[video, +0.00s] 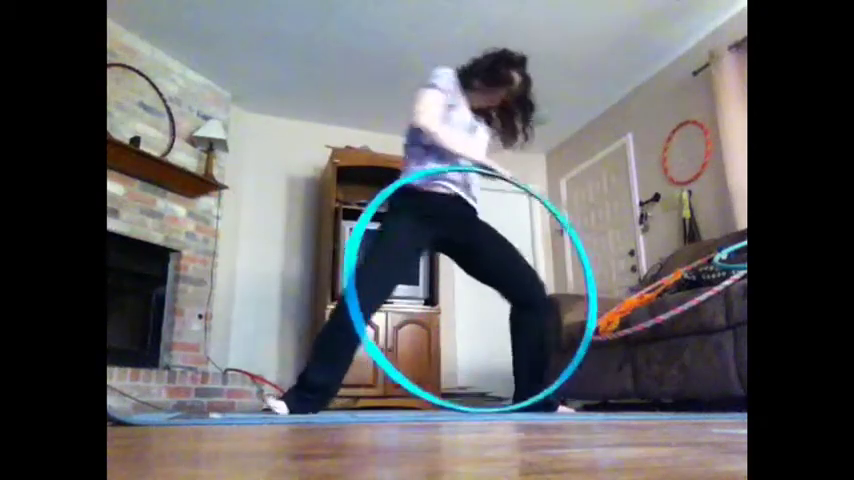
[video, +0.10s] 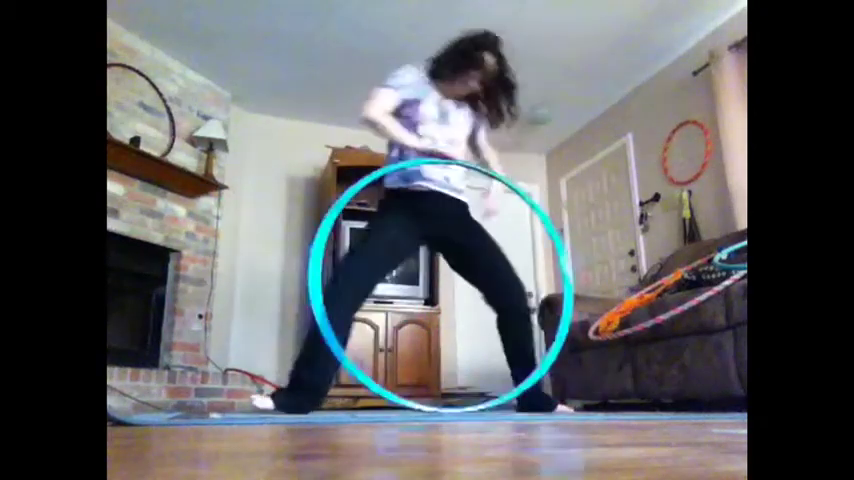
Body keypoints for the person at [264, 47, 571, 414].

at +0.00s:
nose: (492, 107)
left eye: (499, 104)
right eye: (494, 98)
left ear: (502, 102)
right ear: (485, 79)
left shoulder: (482, 125)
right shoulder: (444, 83)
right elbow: (425, 122)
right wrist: (478, 153)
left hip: (459, 216)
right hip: (414, 207)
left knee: (531, 293)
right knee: (360, 301)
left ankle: (535, 402)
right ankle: (301, 401)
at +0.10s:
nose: (472, 87)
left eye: (480, 84)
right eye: (472, 76)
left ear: (483, 86)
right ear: (459, 62)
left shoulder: (469, 110)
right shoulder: (413, 78)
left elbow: (484, 148)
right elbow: (374, 110)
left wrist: (497, 184)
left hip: (454, 213)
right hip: (405, 206)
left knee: (511, 296)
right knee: (345, 290)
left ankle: (531, 397)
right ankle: (300, 396)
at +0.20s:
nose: (456, 71)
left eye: (465, 68)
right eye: (453, 60)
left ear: (470, 73)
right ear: (435, 52)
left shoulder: (458, 104)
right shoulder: (392, 81)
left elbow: (498, 144)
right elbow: (345, 113)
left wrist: (506, 172)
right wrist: (384, 143)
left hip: (445, 210)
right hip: (393, 208)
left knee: (499, 293)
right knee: (334, 288)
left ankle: (533, 397)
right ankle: (298, 395)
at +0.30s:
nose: (433, 63)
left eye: (442, 58)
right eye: (429, 52)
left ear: (449, 64)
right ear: (412, 47)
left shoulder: (444, 97)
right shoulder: (373, 85)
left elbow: (489, 118)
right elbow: (322, 117)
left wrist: (509, 149)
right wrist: (347, 139)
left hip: (437, 209)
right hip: (384, 209)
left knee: (489, 296)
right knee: (324, 286)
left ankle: (531, 398)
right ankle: (297, 395)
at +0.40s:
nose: (399, 54)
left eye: (408, 48)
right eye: (391, 45)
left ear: (418, 54)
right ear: (374, 46)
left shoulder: (423, 90)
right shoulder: (346, 95)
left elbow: (471, 96)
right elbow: (295, 124)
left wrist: (505, 117)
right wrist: (287, 142)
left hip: (426, 207)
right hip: (374, 214)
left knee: (475, 297)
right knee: (312, 281)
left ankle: (531, 400)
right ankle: (291, 397)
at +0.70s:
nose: (343, 50)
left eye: (352, 42)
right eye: (334, 41)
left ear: (364, 52)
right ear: (318, 50)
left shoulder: (385, 91)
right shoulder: (304, 118)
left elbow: (448, 98)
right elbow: (265, 172)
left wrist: (479, 65)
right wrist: (244, 182)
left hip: (405, 217)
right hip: (351, 226)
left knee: (469, 297)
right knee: (291, 278)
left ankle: (540, 398)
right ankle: (282, 401)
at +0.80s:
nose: (362, 55)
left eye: (371, 46)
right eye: (351, 45)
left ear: (382, 53)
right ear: (331, 53)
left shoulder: (399, 96)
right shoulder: (317, 116)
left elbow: (466, 104)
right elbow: (282, 175)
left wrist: (475, 58)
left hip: (409, 221)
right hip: (352, 227)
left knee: (480, 292)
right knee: (297, 283)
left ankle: (532, 397)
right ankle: (280, 399)